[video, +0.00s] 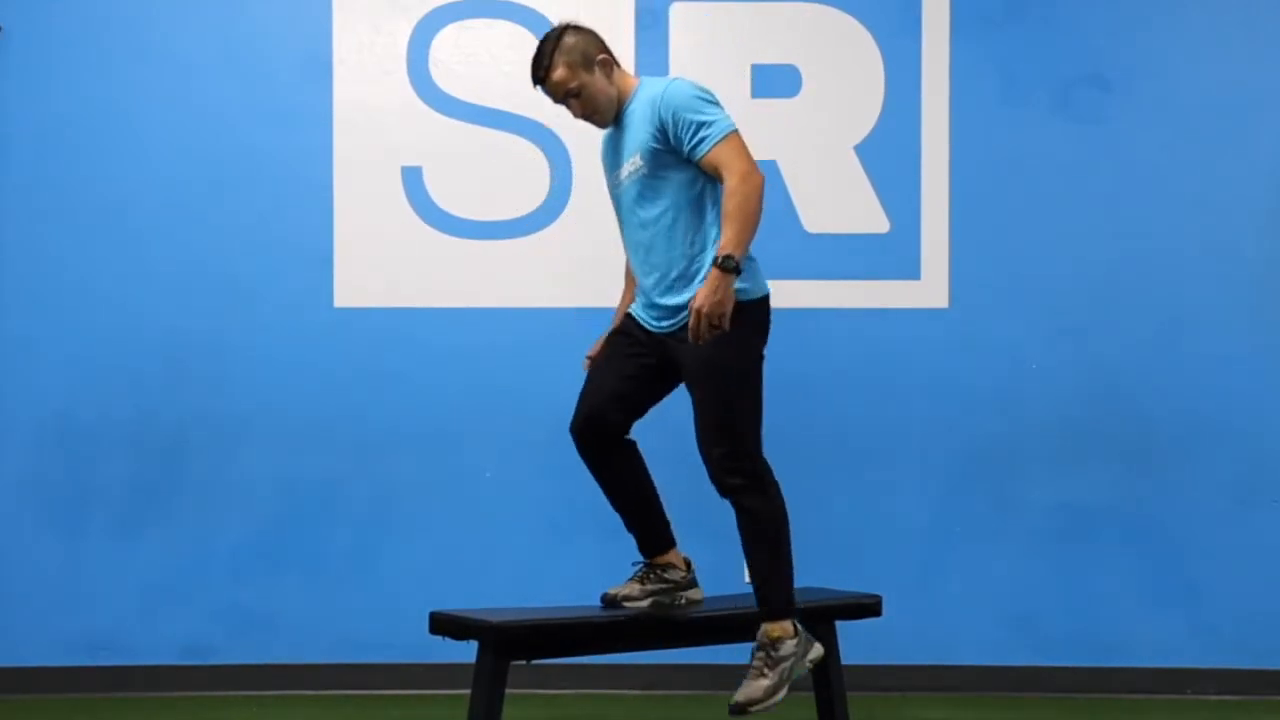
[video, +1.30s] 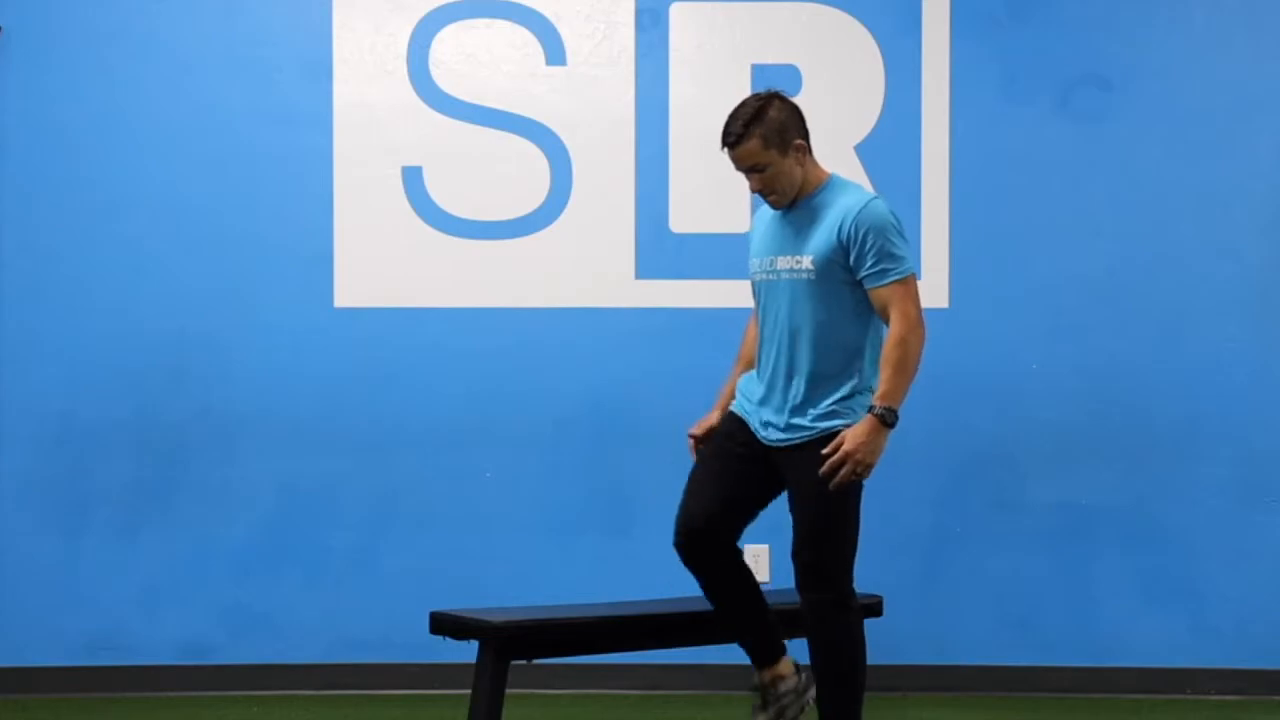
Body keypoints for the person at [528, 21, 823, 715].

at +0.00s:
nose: (570, 110)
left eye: (569, 94)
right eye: (560, 102)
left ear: (604, 63)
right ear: (578, 88)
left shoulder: (672, 100)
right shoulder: (614, 144)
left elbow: (745, 177)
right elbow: (643, 254)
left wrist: (723, 270)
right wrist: (618, 333)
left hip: (718, 311)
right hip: (652, 321)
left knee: (736, 465)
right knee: (595, 426)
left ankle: (782, 634)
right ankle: (667, 566)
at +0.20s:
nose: (590, 197)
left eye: (589, 181)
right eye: (581, 189)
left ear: (623, 151)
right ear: (613, 164)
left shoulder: (682, 181)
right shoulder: (638, 223)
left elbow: (746, 255)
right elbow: (665, 319)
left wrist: (697, 346)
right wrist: (659, 386)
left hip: (745, 389)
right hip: (685, 385)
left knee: (767, 558)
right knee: (579, 440)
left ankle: (810, 709)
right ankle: (665, 566)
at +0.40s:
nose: (635, 236)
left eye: (634, 220)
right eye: (625, 226)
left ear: (666, 190)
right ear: (660, 197)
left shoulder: (734, 234)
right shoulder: (678, 259)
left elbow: (779, 336)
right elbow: (705, 367)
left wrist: (741, 433)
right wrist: (698, 452)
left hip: (777, 430)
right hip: (714, 417)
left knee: (768, 595)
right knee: (593, 435)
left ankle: (827, 712)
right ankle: (667, 560)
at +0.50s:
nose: (649, 222)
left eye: (650, 206)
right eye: (641, 212)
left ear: (685, 179)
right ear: (675, 184)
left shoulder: (753, 228)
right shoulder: (694, 245)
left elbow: (811, 324)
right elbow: (711, 349)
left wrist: (798, 433)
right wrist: (701, 438)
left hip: (779, 430)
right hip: (719, 411)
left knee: (788, 595)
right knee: (601, 431)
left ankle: (829, 713)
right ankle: (667, 561)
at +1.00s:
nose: (737, 188)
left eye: (742, 173)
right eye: (729, 176)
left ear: (784, 154)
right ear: (728, 167)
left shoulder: (850, 215)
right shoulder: (756, 220)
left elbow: (903, 320)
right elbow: (752, 320)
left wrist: (872, 418)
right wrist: (714, 414)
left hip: (814, 427)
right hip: (751, 390)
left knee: (815, 591)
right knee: (630, 404)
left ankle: (836, 715)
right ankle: (697, 529)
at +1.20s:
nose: (749, 184)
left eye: (756, 169)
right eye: (741, 172)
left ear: (797, 151)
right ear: (741, 163)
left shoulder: (860, 215)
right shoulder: (767, 212)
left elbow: (905, 322)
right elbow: (766, 314)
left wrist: (873, 418)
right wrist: (727, 394)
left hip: (825, 428)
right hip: (757, 407)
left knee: (823, 597)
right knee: (662, 482)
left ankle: (839, 715)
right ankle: (765, 605)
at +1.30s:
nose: (752, 185)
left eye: (759, 170)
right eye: (744, 173)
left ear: (798, 149)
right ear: (747, 163)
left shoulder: (863, 216)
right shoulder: (766, 216)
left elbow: (908, 324)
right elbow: (766, 321)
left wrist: (880, 419)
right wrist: (723, 408)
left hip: (827, 434)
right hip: (753, 424)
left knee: (825, 599)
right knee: (699, 537)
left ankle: (840, 715)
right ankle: (778, 675)